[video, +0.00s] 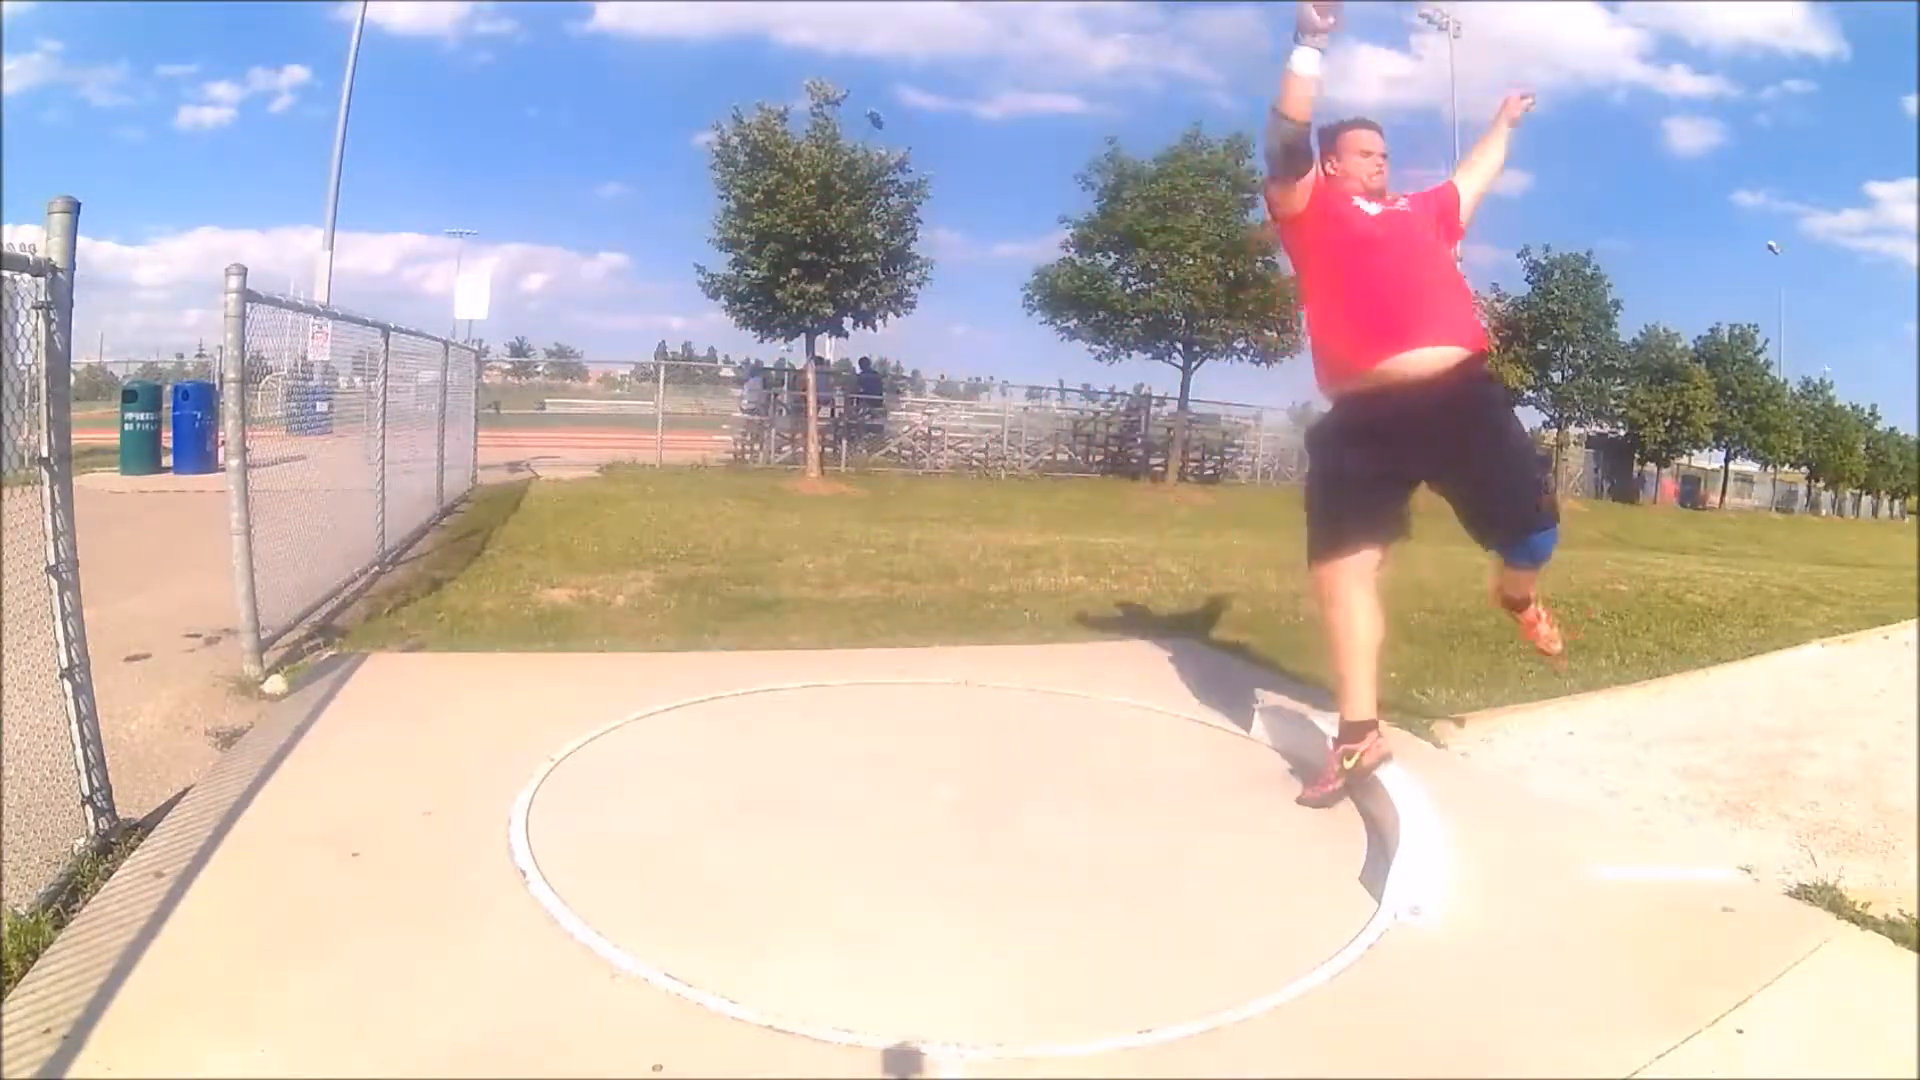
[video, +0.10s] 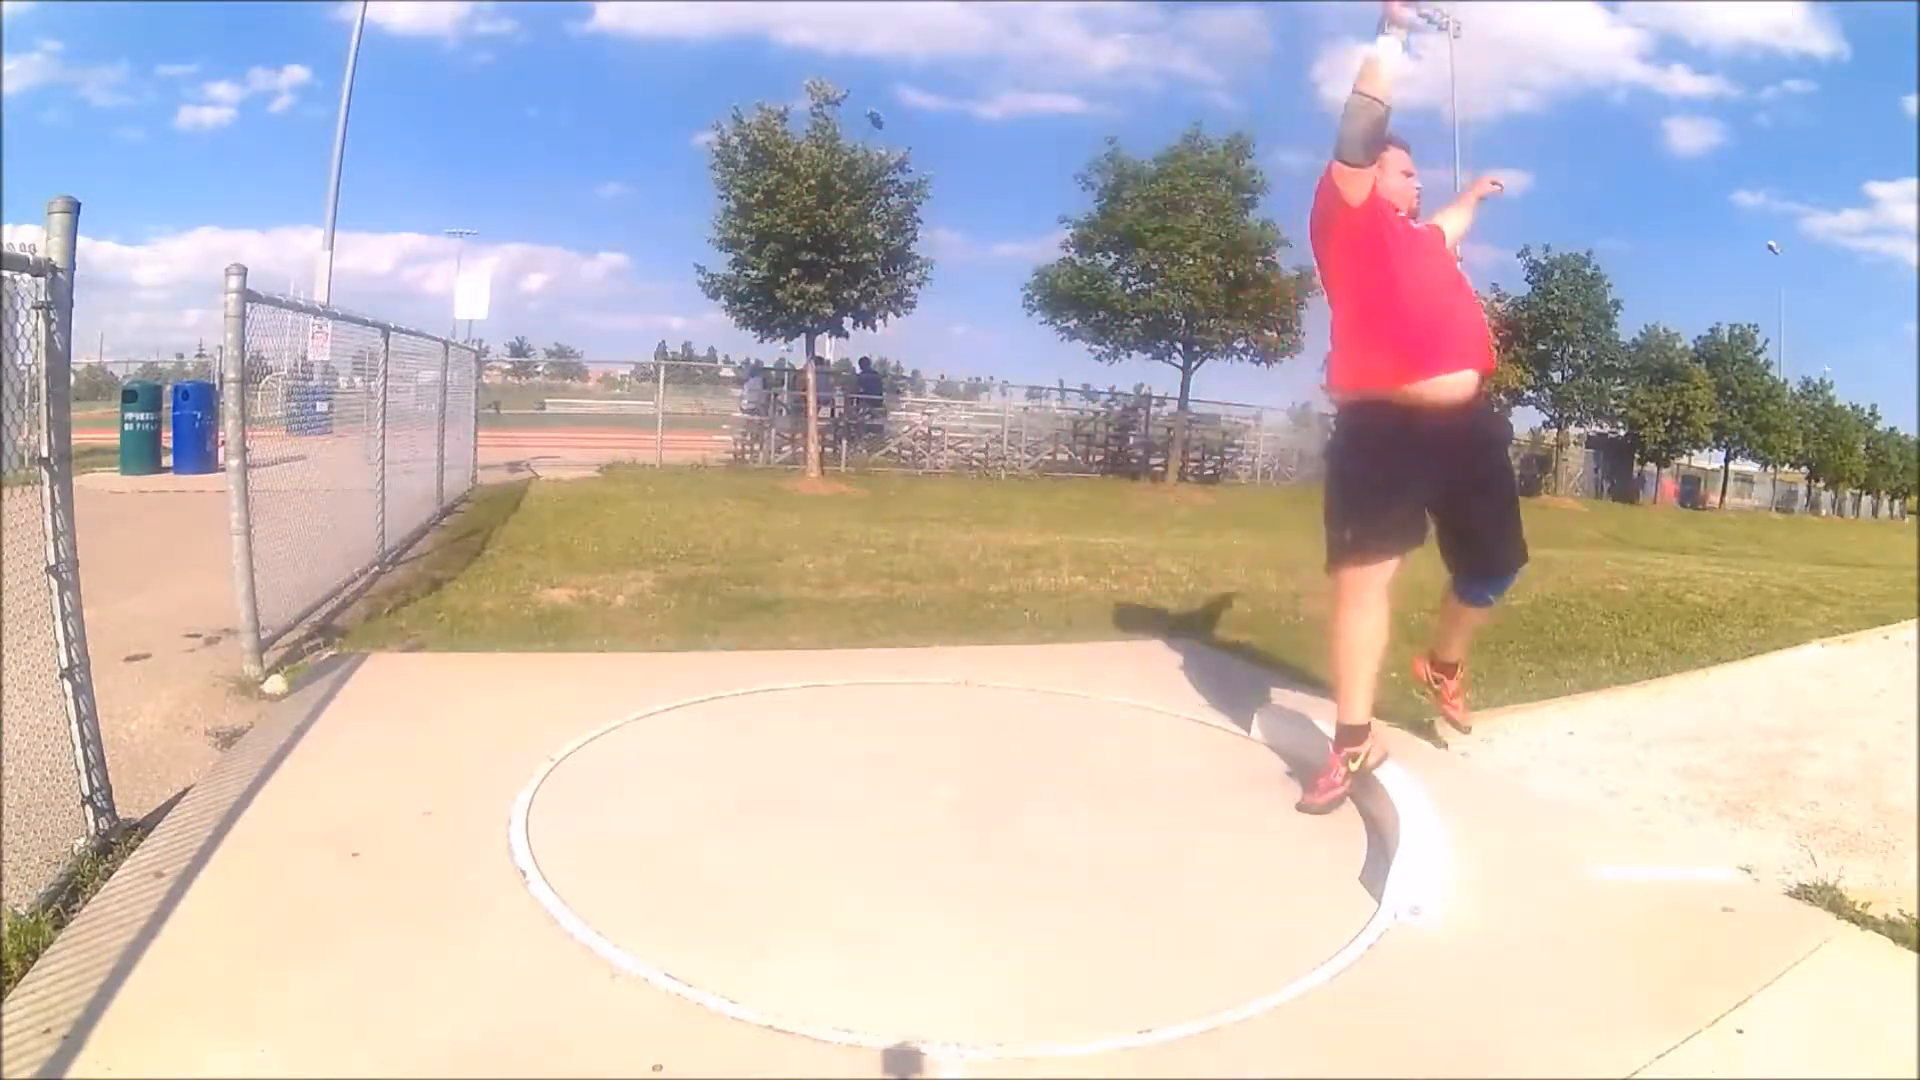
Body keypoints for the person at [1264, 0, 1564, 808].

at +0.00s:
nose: (1374, 160)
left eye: (1381, 154)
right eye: (1358, 152)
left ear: (1389, 166)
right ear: (1327, 163)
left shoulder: (1425, 210)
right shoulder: (1309, 210)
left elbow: (1478, 171)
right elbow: (1288, 142)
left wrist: (1506, 120)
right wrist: (1307, 43)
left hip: (1465, 400)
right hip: (1364, 421)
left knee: (1534, 539)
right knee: (1341, 567)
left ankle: (1514, 597)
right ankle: (1359, 728)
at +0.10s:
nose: (1414, 171)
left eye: (1417, 165)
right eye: (1400, 162)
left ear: (1414, 182)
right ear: (1364, 171)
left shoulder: (1423, 236)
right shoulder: (1344, 219)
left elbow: (1446, 231)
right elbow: (1361, 130)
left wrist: (1476, 191)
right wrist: (1391, 33)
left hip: (1469, 429)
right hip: (1379, 431)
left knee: (1488, 571)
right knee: (1360, 580)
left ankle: (1445, 663)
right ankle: (1354, 735)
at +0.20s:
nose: (1437, 192)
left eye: (1434, 184)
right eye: (1424, 182)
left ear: (1389, 197)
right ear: (1396, 189)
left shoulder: (1412, 257)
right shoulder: (1395, 227)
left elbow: (1356, 364)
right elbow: (1465, 160)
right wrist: (1502, 98)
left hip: (1454, 450)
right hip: (1403, 437)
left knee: (1445, 595)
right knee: (1400, 586)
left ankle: (1388, 708)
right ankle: (1330, 745)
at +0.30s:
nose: (1448, 213)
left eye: (1444, 204)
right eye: (1444, 204)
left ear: (1387, 212)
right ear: (1431, 204)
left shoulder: (1368, 275)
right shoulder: (1441, 240)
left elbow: (1350, 373)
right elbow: (1537, 236)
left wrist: (1355, 428)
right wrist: (1593, 210)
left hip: (1386, 434)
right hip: (1422, 434)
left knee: (1451, 582)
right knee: (1414, 584)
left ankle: (1388, 703)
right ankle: (1321, 746)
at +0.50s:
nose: (1455, 219)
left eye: (1448, 211)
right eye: (1455, 210)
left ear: (1394, 218)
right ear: (1448, 209)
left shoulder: (1355, 278)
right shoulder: (1488, 265)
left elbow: (1328, 377)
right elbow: (1528, 352)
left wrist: (1315, 458)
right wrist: (1520, 387)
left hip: (1387, 434)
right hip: (1455, 435)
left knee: (1407, 572)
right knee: (1442, 584)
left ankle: (1395, 705)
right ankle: (1353, 721)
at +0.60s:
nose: (1459, 218)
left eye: (1451, 209)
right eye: (1458, 209)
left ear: (1397, 216)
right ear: (1452, 210)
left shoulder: (1358, 276)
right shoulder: (1493, 269)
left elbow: (1326, 369)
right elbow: (1507, 358)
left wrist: (1306, 449)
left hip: (1391, 439)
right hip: (1465, 440)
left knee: (1415, 575)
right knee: (1447, 582)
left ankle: (1397, 704)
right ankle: (1366, 713)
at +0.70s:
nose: (1459, 216)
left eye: (1451, 206)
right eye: (1459, 207)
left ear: (1399, 211)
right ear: (1452, 206)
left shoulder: (1359, 272)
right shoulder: (1493, 267)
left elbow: (1326, 367)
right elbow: (1504, 342)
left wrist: (1306, 448)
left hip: (1393, 439)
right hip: (1469, 439)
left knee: (1409, 577)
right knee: (1452, 580)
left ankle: (1400, 706)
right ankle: (1376, 707)